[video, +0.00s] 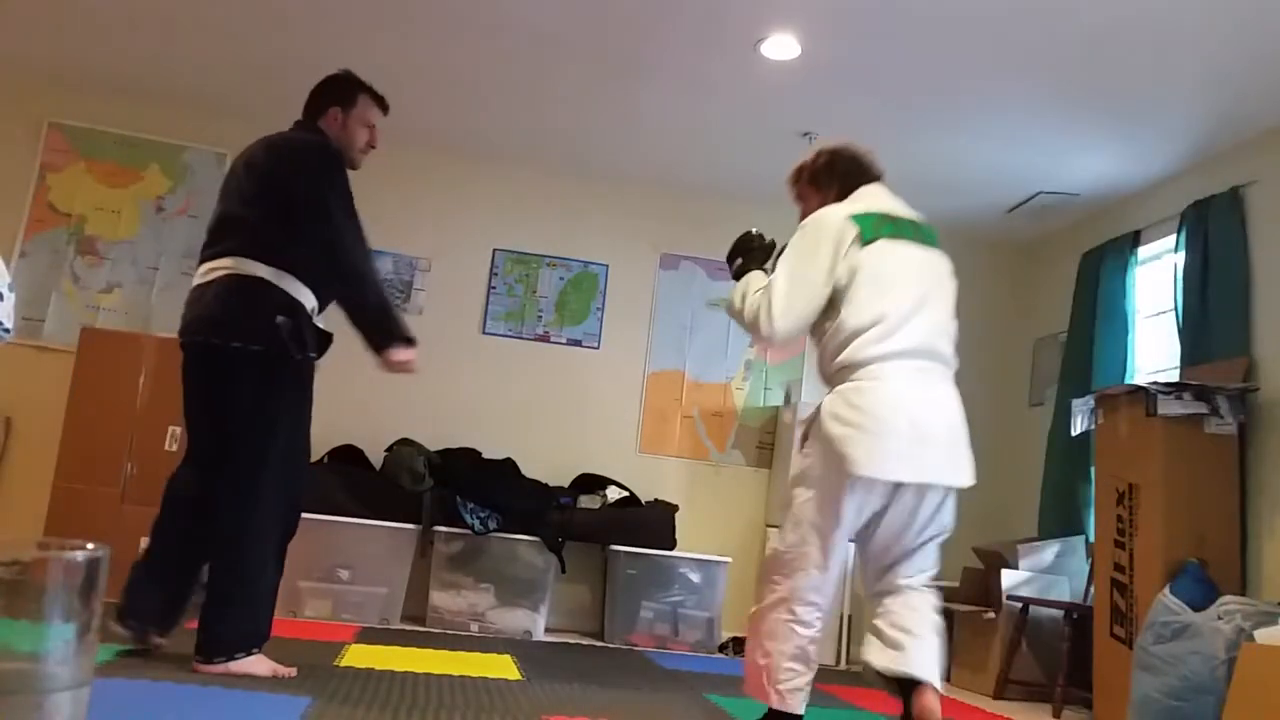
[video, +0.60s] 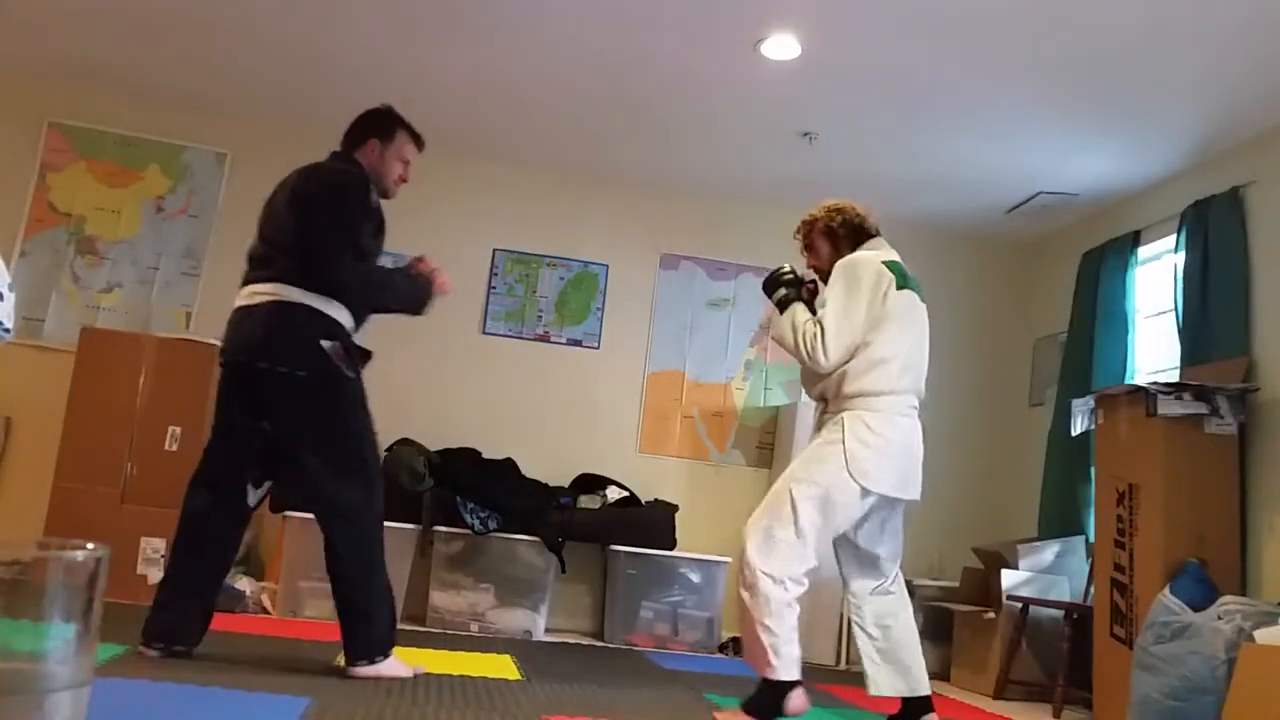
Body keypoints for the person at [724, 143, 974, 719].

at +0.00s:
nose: (801, 214)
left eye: (802, 203)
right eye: (798, 204)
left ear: (821, 189)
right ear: (866, 182)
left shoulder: (831, 223)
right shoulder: (925, 236)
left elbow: (777, 323)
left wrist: (747, 276)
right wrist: (800, 273)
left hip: (862, 422)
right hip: (940, 430)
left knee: (805, 565)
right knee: (908, 577)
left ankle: (784, 705)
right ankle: (923, 691)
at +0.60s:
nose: (809, 260)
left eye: (812, 248)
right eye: (806, 251)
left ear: (835, 238)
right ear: (861, 236)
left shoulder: (858, 268)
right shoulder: (900, 280)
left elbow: (824, 353)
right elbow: (828, 377)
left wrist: (788, 303)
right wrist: (816, 304)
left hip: (860, 435)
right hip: (897, 439)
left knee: (768, 546)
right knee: (874, 575)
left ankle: (781, 684)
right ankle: (914, 698)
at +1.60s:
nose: (690, 255)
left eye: (695, 246)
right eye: (692, 247)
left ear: (712, 246)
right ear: (744, 252)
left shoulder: (717, 275)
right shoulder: (780, 313)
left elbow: (696, 321)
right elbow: (791, 386)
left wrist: (639, 292)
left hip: (715, 434)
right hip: (768, 446)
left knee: (625, 528)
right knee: (780, 564)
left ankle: (551, 648)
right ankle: (832, 683)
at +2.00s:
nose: (628, 210)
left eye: (633, 200)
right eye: (628, 200)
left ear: (659, 199)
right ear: (685, 206)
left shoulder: (645, 243)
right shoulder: (723, 273)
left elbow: (609, 317)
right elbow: (723, 362)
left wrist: (548, 297)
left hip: (630, 413)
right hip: (692, 424)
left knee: (547, 521)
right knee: (702, 545)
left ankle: (509, 651)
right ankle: (755, 669)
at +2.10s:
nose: (635, 220)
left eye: (639, 210)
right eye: (635, 210)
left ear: (663, 209)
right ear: (691, 214)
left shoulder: (653, 250)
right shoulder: (735, 287)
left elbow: (616, 330)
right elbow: (726, 371)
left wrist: (567, 304)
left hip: (630, 422)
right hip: (693, 438)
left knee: (540, 524)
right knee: (701, 563)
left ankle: (502, 662)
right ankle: (750, 695)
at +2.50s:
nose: (635, 229)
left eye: (639, 218)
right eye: (635, 219)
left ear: (664, 217)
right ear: (694, 222)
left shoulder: (653, 258)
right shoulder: (738, 291)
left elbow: (615, 338)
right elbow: (730, 373)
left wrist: (571, 317)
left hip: (639, 430)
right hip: (705, 445)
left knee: (531, 514)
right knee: (715, 573)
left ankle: (508, 652)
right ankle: (758, 704)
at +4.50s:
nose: (156, 153)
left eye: (160, 145)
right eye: (161, 144)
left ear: (169, 153)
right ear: (219, 168)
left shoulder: (132, 198)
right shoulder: (237, 238)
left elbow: (42, 232)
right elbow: (242, 328)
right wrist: (193, 354)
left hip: (128, 373)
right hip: (204, 388)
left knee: (17, 471)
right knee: (211, 508)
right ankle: (248, 629)